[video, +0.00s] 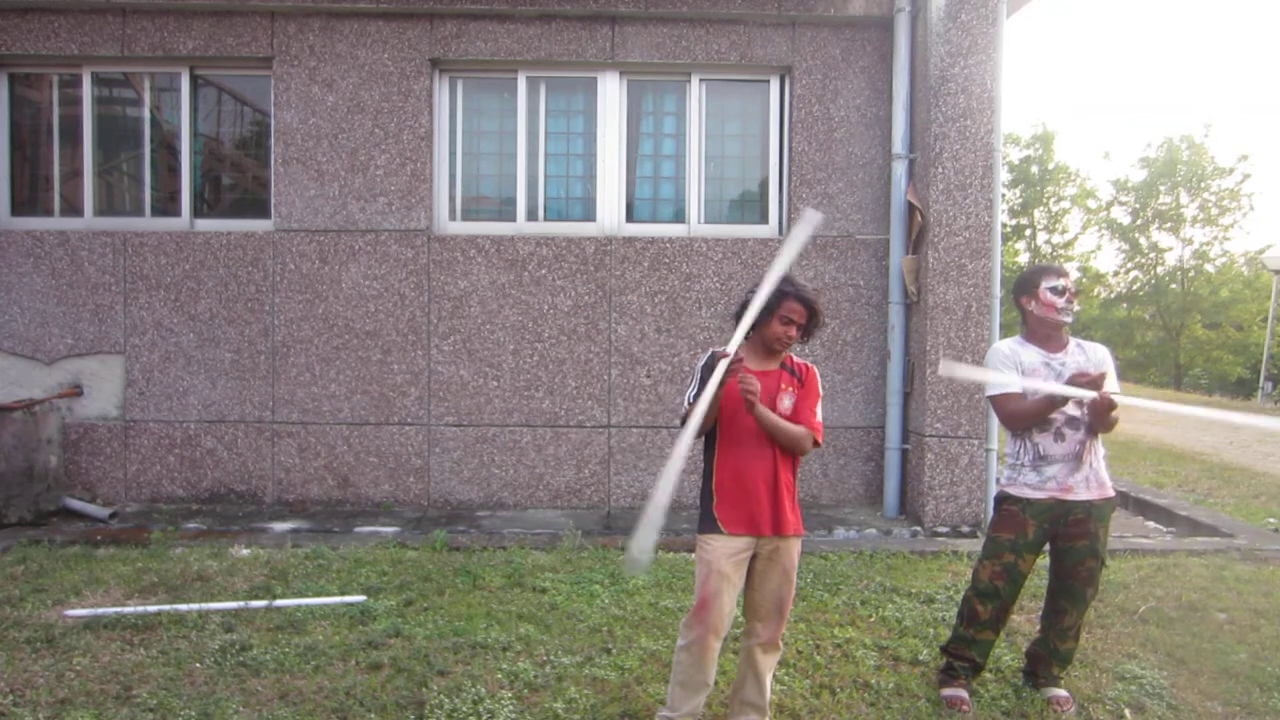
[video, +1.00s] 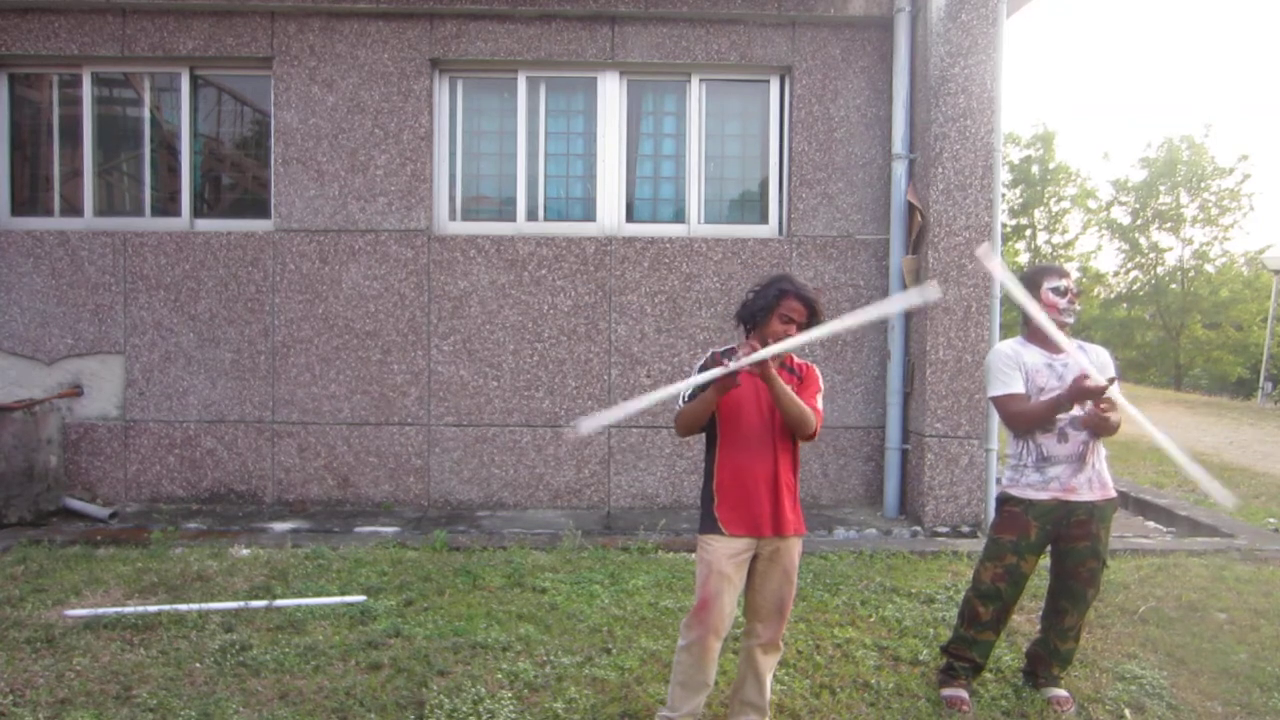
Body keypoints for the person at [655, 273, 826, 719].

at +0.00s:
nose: (792, 333)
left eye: (800, 326)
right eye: (785, 321)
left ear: (804, 330)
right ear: (759, 316)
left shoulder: (804, 373)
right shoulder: (719, 363)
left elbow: (805, 442)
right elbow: (695, 426)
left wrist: (758, 409)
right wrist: (719, 379)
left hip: (782, 520)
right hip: (725, 519)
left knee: (767, 635)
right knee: (707, 624)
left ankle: (749, 715)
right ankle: (678, 714)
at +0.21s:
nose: (792, 333)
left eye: (800, 327)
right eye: (785, 321)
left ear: (804, 331)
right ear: (759, 315)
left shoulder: (804, 374)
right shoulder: (716, 364)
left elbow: (798, 442)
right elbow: (694, 428)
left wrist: (760, 401)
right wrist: (716, 385)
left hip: (782, 521)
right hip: (725, 519)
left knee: (767, 634)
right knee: (707, 624)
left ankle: (749, 715)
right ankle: (678, 714)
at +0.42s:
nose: (792, 333)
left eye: (800, 326)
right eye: (785, 321)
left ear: (804, 330)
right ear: (757, 316)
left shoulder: (804, 374)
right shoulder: (717, 362)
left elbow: (796, 432)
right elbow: (693, 430)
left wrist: (759, 384)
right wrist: (722, 389)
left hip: (782, 520)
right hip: (724, 519)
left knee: (766, 634)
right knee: (707, 624)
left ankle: (750, 714)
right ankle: (678, 714)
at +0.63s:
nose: (791, 332)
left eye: (800, 326)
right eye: (784, 320)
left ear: (804, 331)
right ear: (757, 317)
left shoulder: (804, 373)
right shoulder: (718, 362)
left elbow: (802, 429)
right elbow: (691, 430)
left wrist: (771, 373)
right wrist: (723, 385)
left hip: (782, 520)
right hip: (725, 519)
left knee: (767, 635)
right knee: (707, 626)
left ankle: (749, 714)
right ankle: (678, 713)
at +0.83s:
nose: (791, 333)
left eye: (799, 327)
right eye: (785, 321)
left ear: (804, 331)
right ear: (758, 316)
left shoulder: (804, 373)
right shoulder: (719, 363)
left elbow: (805, 430)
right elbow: (683, 426)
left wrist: (772, 376)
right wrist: (719, 384)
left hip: (783, 521)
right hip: (725, 520)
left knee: (767, 635)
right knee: (707, 626)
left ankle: (749, 715)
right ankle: (678, 714)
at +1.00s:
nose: (792, 331)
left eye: (800, 325)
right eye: (785, 319)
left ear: (805, 330)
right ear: (758, 317)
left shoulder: (805, 372)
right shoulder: (719, 362)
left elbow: (808, 428)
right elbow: (684, 426)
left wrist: (771, 374)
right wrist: (722, 385)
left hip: (783, 521)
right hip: (726, 520)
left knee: (767, 636)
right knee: (707, 626)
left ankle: (749, 715)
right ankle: (678, 714)